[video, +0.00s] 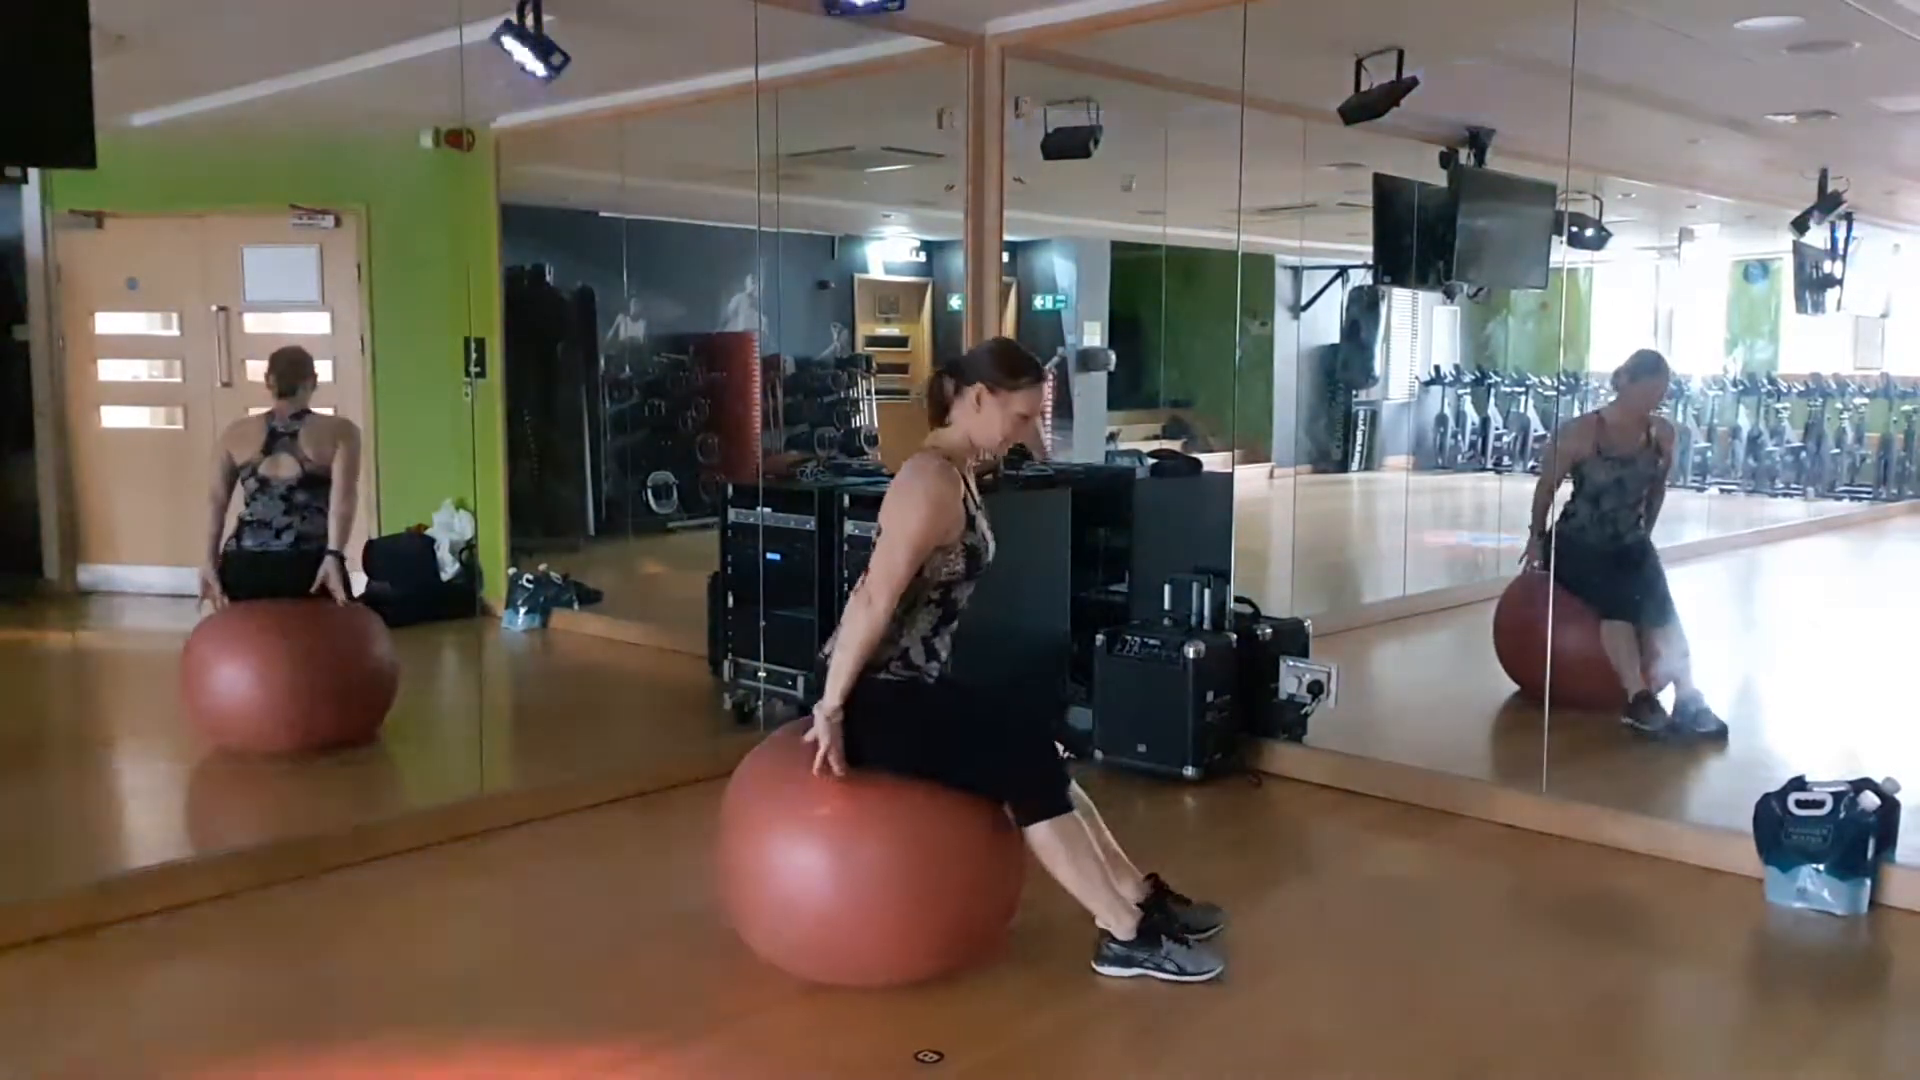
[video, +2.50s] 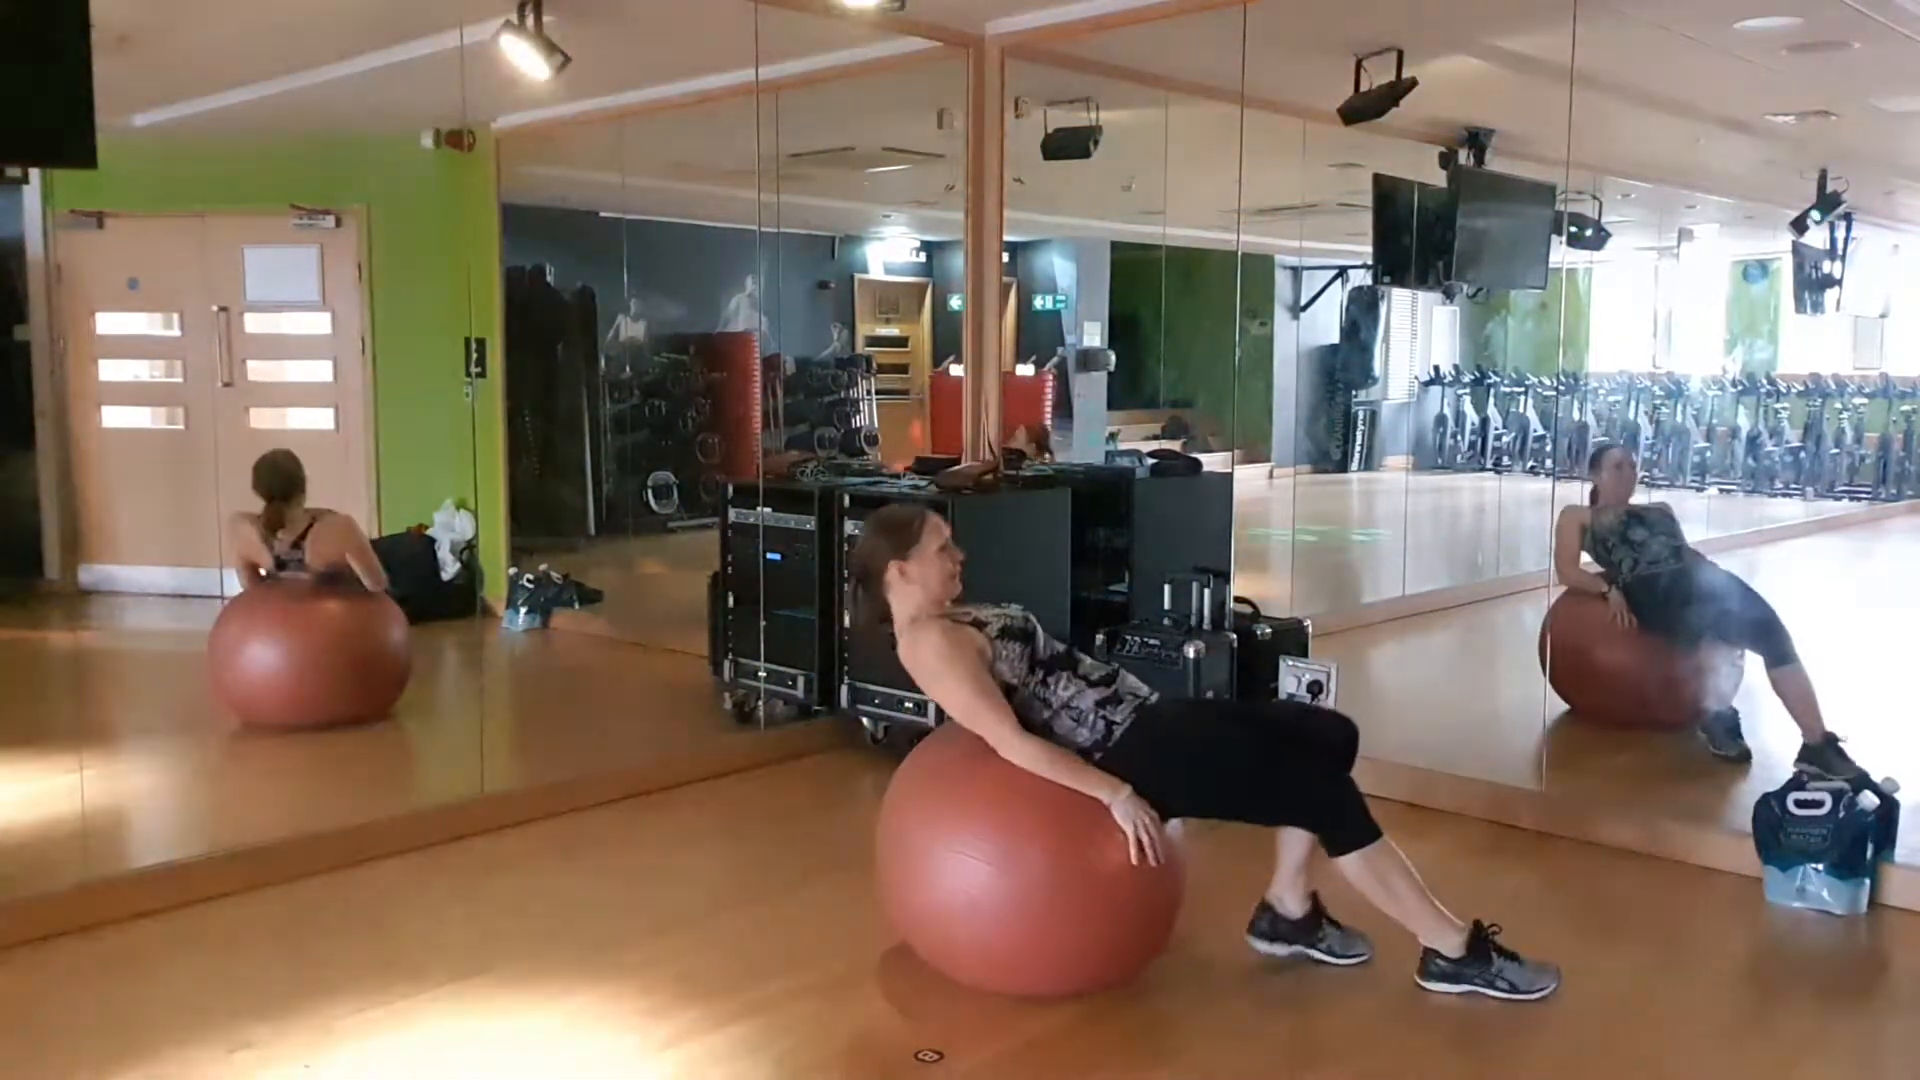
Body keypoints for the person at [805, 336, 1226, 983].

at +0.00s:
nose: (1024, 432)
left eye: (1029, 419)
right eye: (1020, 416)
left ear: (981, 401)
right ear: (976, 398)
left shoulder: (953, 477)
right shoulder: (930, 482)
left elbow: (889, 595)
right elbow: (874, 597)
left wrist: (836, 697)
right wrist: (832, 706)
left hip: (909, 690)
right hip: (877, 703)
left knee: (1039, 746)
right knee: (1025, 763)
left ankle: (1139, 898)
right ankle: (1121, 931)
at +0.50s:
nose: (1038, 439)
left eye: (1043, 423)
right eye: (1033, 421)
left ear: (991, 405)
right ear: (988, 402)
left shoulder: (957, 477)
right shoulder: (935, 485)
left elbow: (901, 600)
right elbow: (872, 600)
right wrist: (815, 699)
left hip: (900, 693)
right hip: (871, 704)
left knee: (1033, 745)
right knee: (1025, 762)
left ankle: (1114, 914)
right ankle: (1121, 930)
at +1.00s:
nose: (997, 426)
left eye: (1003, 412)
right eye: (994, 407)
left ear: (945, 398)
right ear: (950, 394)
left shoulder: (939, 479)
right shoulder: (919, 484)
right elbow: (887, 605)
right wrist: (880, 727)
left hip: (972, 701)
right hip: (944, 713)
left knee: (1129, 750)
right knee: (1122, 749)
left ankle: (1255, 882)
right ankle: (1129, 934)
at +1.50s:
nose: (996, 448)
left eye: (995, 435)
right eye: (985, 435)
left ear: (945, 437)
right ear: (938, 435)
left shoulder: (947, 511)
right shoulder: (932, 522)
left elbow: (964, 634)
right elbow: (930, 649)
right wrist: (966, 755)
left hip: (1044, 711)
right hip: (1020, 730)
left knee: (1218, 740)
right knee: (1209, 719)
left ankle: (1273, 915)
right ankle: (1184, 888)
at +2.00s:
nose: (988, 492)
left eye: (989, 477)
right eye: (979, 478)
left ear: (937, 480)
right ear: (934, 479)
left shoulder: (949, 550)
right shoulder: (945, 562)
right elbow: (980, 685)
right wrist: (1054, 778)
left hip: (1096, 715)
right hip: (1085, 735)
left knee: (1268, 733)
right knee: (1277, 747)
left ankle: (1276, 919)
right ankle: (1430, 897)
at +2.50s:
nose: (958, 557)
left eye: (952, 544)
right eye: (942, 549)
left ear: (919, 565)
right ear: (899, 574)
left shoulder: (956, 620)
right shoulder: (933, 643)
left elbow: (1045, 691)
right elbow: (1008, 737)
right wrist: (1111, 791)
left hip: (1145, 720)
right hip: (1128, 751)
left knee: (1327, 733)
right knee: (1320, 780)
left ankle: (1290, 911)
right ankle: (1453, 946)